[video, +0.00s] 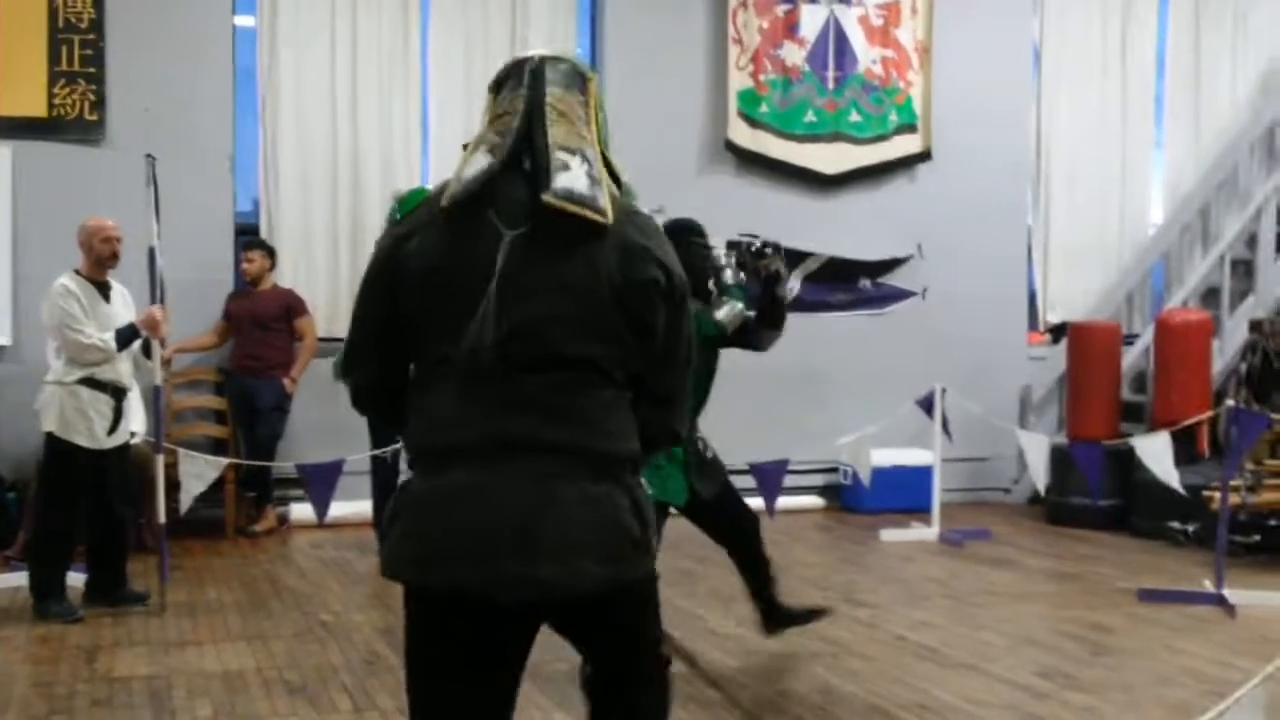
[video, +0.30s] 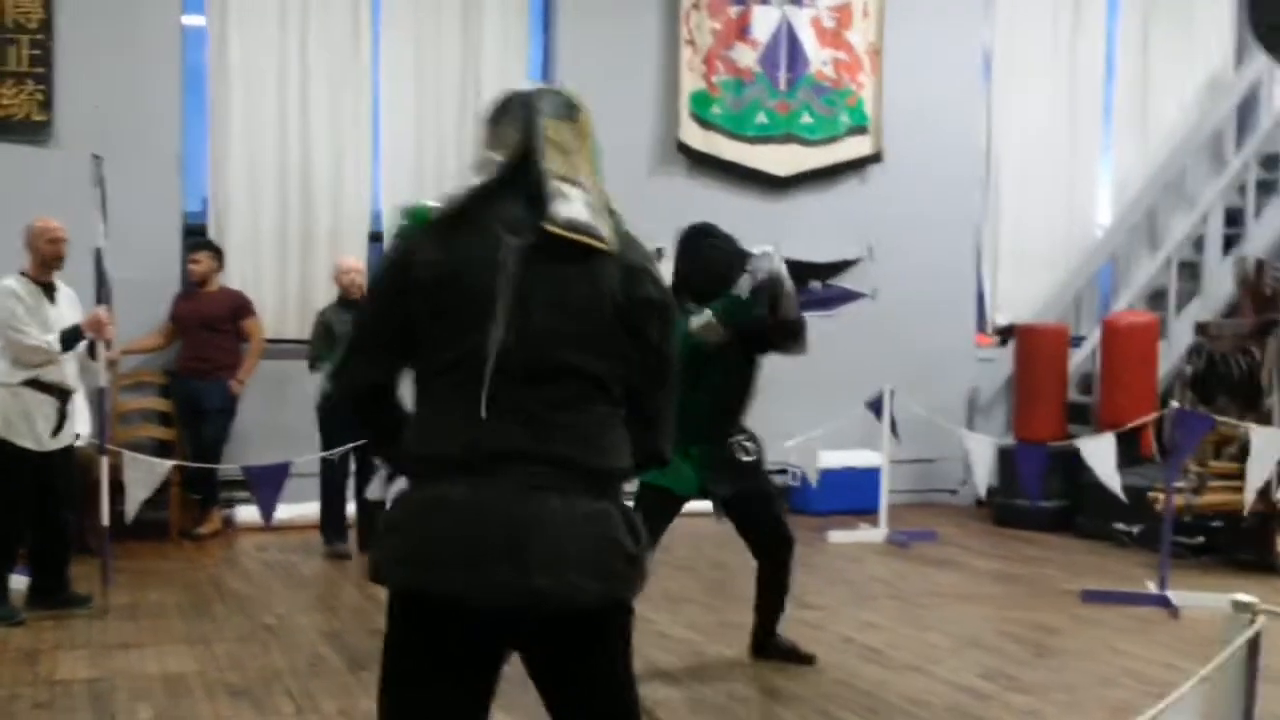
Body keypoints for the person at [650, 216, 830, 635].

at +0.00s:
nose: (706, 262)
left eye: (706, 252)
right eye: (695, 254)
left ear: (708, 258)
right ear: (670, 261)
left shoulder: (706, 314)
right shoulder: (652, 312)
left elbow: (761, 337)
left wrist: (771, 288)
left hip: (684, 450)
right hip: (644, 454)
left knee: (741, 528)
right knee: (634, 548)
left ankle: (771, 612)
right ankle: (632, 634)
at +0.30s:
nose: (722, 279)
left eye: (728, 270)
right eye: (714, 268)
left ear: (735, 276)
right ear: (691, 271)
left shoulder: (740, 320)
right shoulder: (664, 317)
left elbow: (789, 336)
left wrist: (777, 285)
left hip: (725, 453)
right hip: (671, 454)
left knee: (775, 545)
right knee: (629, 551)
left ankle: (765, 638)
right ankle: (601, 641)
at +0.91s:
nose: (642, 279)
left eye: (648, 271)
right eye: (644, 270)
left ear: (665, 275)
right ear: (684, 273)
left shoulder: (692, 329)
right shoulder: (679, 318)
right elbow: (645, 344)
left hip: (716, 444)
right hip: (700, 441)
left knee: (694, 527)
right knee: (679, 518)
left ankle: (731, 625)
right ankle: (714, 599)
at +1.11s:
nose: (600, 295)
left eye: (604, 286)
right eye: (600, 286)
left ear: (620, 289)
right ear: (643, 285)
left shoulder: (654, 336)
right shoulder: (656, 329)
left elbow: (609, 384)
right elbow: (615, 380)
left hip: (686, 453)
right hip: (677, 450)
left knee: (674, 530)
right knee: (656, 519)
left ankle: (704, 627)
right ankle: (681, 603)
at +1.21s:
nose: (585, 304)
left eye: (589, 294)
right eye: (585, 296)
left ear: (605, 297)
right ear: (626, 293)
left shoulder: (632, 339)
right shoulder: (647, 333)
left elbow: (593, 395)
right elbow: (641, 403)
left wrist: (562, 423)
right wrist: (604, 430)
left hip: (669, 452)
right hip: (667, 449)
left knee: (660, 531)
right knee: (639, 519)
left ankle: (689, 628)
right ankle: (665, 603)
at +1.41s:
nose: (549, 312)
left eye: (553, 302)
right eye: (550, 303)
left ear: (570, 300)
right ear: (590, 296)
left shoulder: (598, 339)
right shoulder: (596, 334)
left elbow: (594, 416)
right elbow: (596, 413)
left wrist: (571, 459)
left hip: (637, 449)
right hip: (628, 448)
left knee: (619, 532)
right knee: (600, 520)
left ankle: (652, 629)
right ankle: (631, 601)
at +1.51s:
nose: (539, 315)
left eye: (544, 305)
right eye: (539, 308)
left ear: (563, 300)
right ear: (572, 298)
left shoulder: (594, 347)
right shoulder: (570, 342)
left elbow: (603, 425)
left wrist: (581, 473)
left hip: (630, 456)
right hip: (606, 454)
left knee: (608, 536)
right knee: (582, 524)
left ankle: (620, 629)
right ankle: (617, 600)